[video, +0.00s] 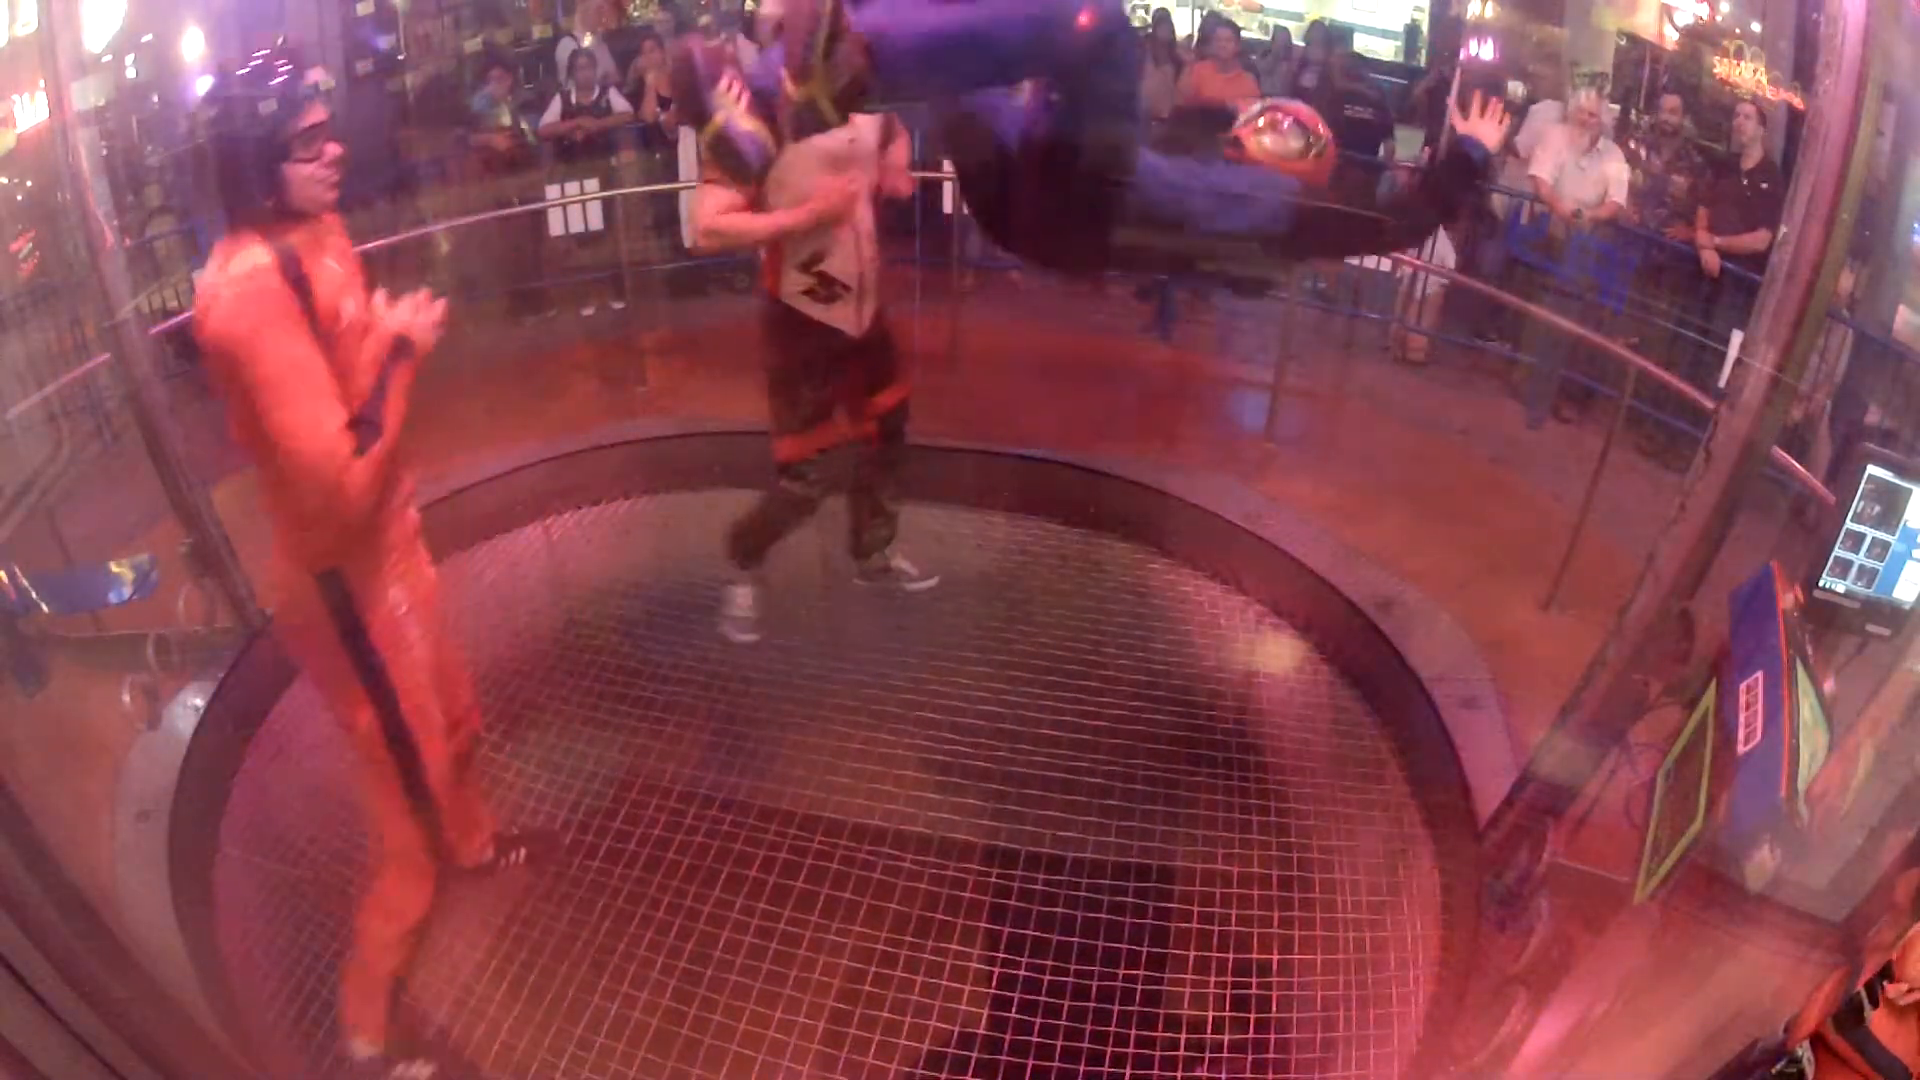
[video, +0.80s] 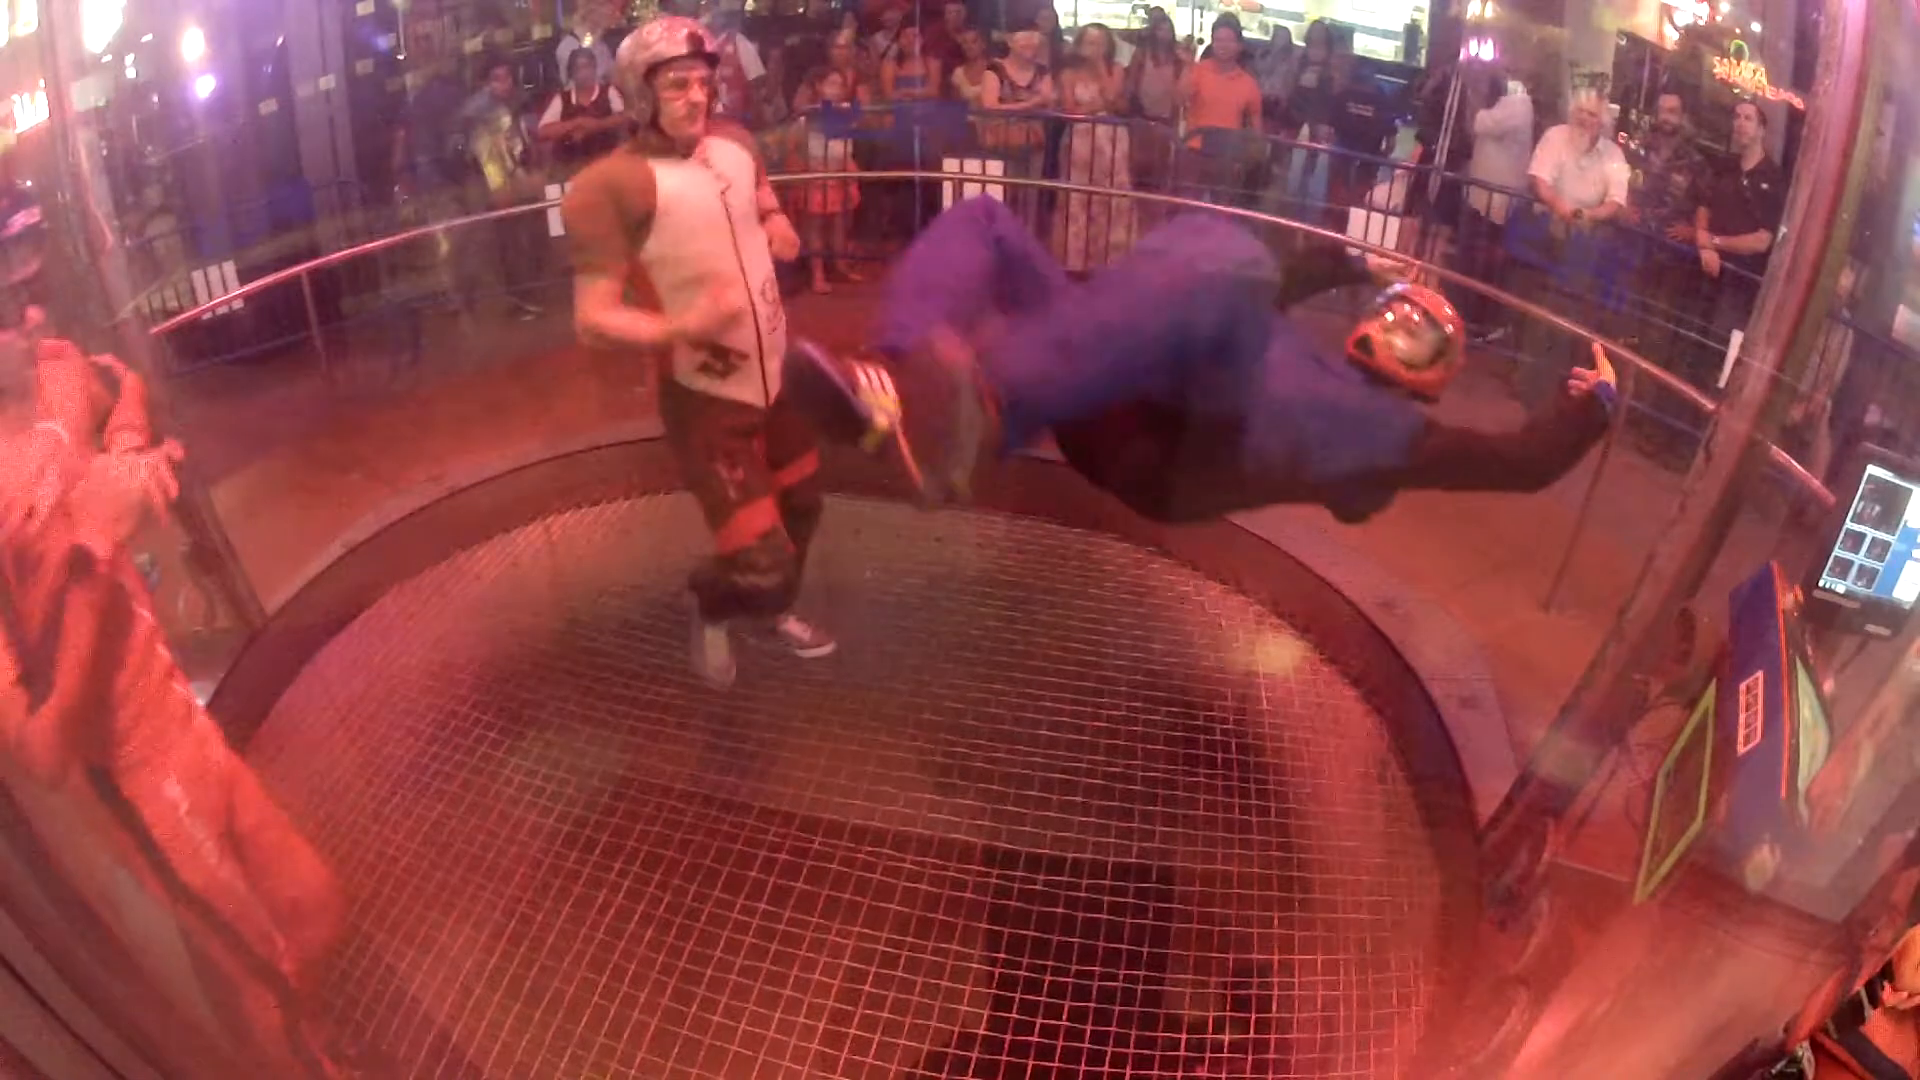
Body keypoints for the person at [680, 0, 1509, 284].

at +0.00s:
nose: (1286, 138)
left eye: (1302, 144)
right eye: (1281, 130)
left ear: (1318, 177)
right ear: (1264, 140)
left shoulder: (1283, 218)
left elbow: (1400, 225)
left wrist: (1470, 157)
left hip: (1084, 210)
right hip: (1031, 188)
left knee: (1098, 33)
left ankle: (860, 60)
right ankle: (853, 65)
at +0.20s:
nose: (1286, 175)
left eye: (1307, 185)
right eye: (1287, 168)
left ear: (1324, 227)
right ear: (1267, 179)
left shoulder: (1279, 274)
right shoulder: (1210, 212)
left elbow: (1412, 267)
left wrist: (1456, 207)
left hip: (1069, 260)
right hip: (1013, 242)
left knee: (1079, 38)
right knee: (924, 106)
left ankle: (856, 47)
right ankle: (785, 154)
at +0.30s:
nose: (1296, 204)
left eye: (1318, 216)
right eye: (1301, 197)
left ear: (1327, 258)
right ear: (1275, 205)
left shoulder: (1295, 309)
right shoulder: (1226, 244)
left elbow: (1433, 299)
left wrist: (1493, 227)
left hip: (1064, 288)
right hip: (1026, 256)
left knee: (1085, 57)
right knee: (917, 115)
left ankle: (868, 69)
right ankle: (791, 181)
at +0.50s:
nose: (1327, 259)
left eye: (1353, 269)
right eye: (1332, 249)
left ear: (1374, 320)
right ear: (1305, 259)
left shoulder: (1333, 377)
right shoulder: (1249, 301)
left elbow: (1481, 384)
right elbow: (1153, 281)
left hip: (1097, 356)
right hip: (1043, 325)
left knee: (1116, 115)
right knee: (934, 175)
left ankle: (878, 136)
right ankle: (798, 259)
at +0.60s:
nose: (1366, 288)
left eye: (1390, 298)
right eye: (1366, 276)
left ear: (1396, 345)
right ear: (1339, 279)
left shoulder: (1353, 400)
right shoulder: (1268, 308)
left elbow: (1497, 428)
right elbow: (1184, 263)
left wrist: (1567, 385)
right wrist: (1320, 248)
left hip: (1128, 390)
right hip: (1069, 347)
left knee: (1154, 154)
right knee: (968, 206)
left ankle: (910, 216)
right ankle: (856, 273)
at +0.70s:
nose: (1389, 313)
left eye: (1410, 322)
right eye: (1388, 299)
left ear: (1414, 363)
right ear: (1356, 298)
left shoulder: (1366, 414)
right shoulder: (1281, 311)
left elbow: (1503, 446)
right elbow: (1238, 251)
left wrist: (1584, 403)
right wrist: (1346, 250)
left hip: (1147, 428)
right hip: (1089, 363)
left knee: (1182, 224)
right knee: (968, 203)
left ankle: (936, 321)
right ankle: (876, 358)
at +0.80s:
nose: (1399, 330)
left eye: (1425, 338)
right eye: (1396, 313)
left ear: (1438, 379)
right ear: (1366, 312)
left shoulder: (1392, 434)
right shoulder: (1293, 331)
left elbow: (1528, 461)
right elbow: (1231, 251)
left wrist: (1591, 397)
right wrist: (1353, 259)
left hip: (1169, 459)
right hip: (1109, 394)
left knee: (1228, 267)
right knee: (983, 220)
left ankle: (983, 401)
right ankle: (907, 390)